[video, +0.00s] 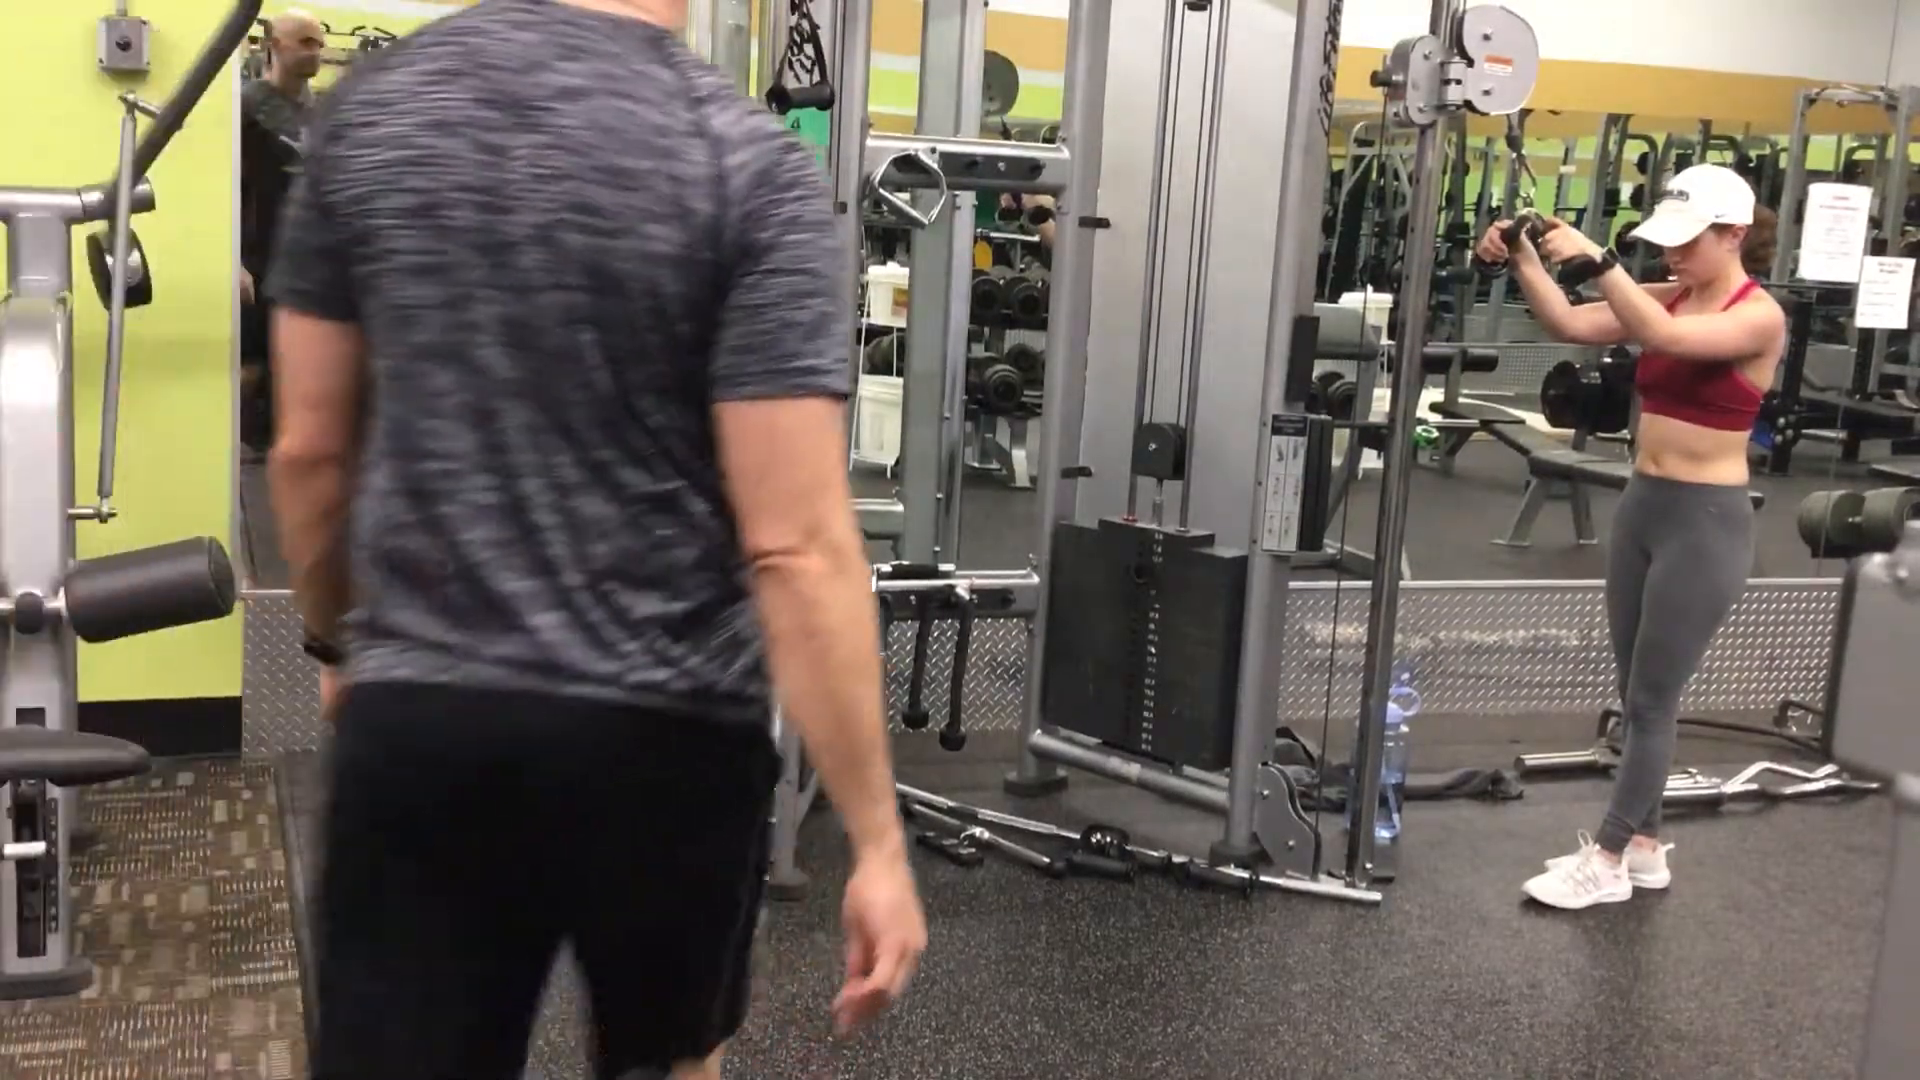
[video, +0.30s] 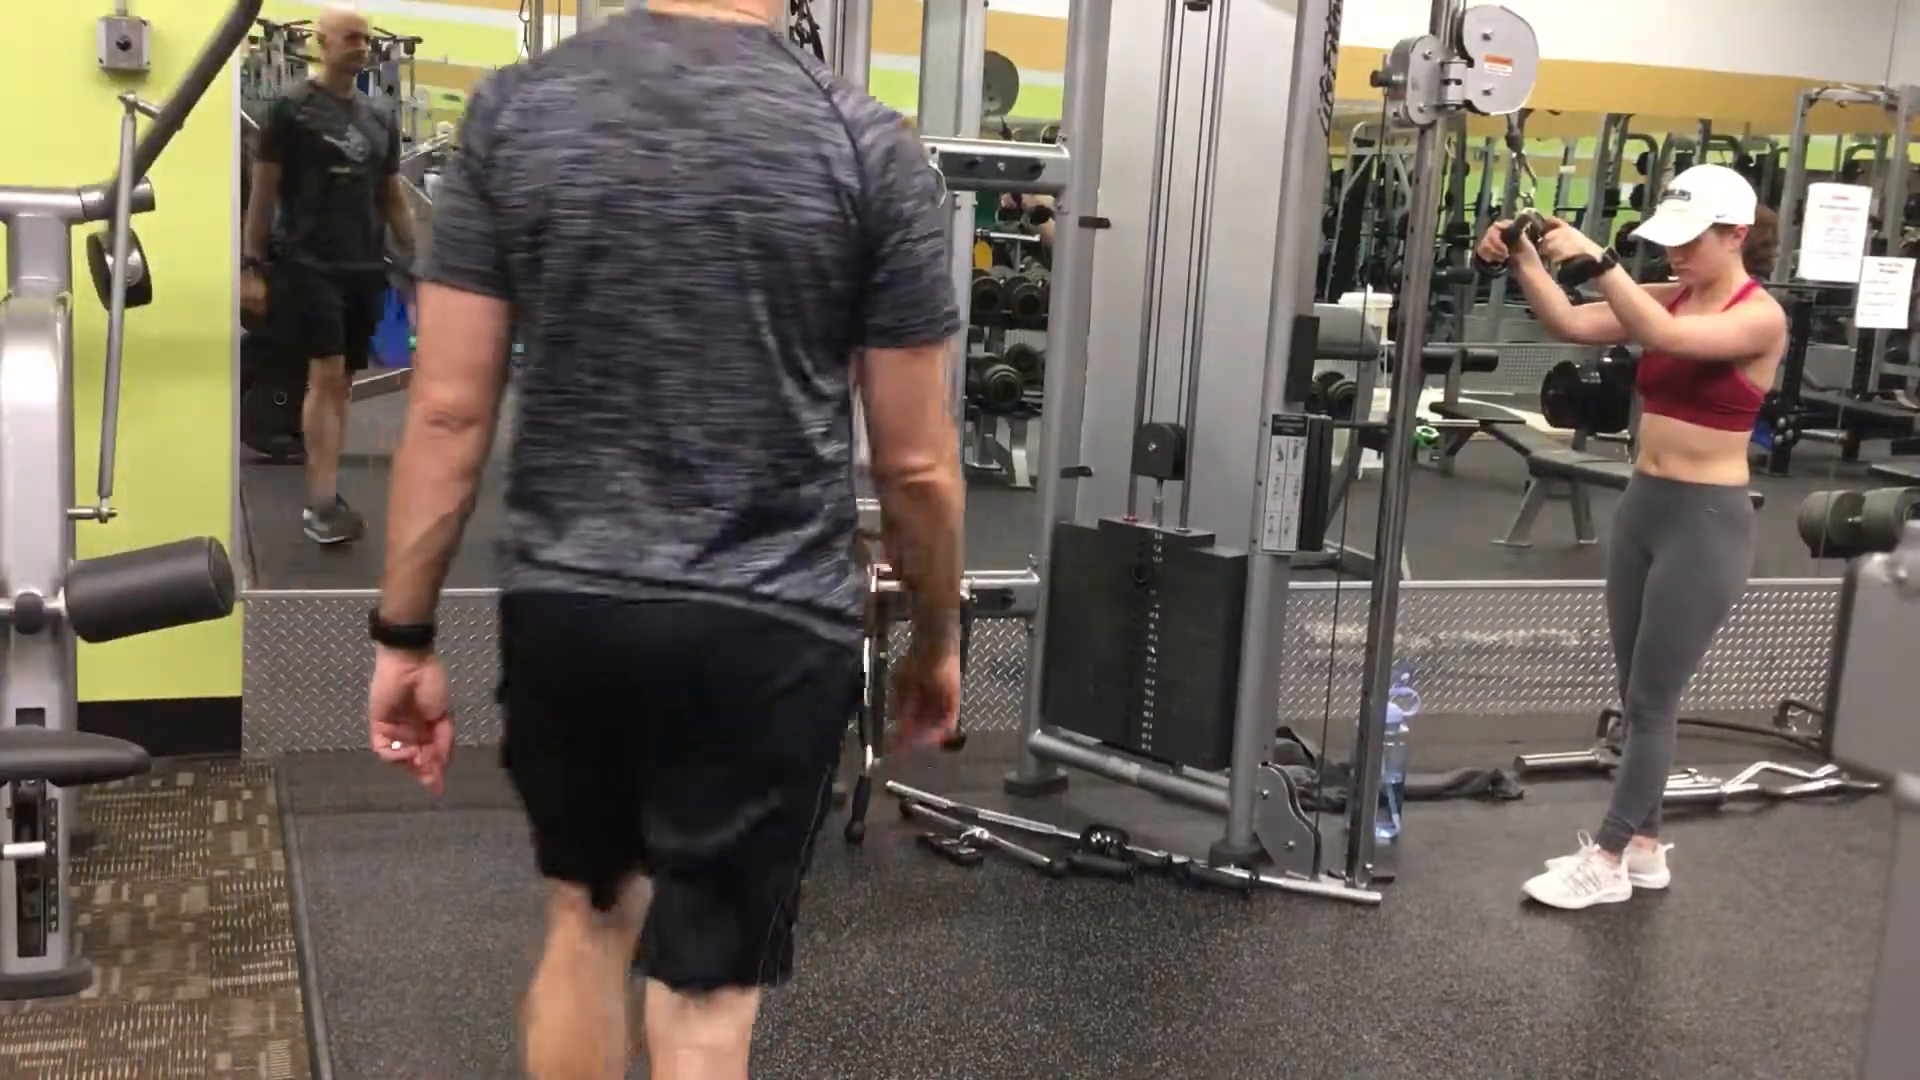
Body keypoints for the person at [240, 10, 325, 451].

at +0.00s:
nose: (317, 52)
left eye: (319, 42)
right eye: (306, 42)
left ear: (319, 48)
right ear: (276, 46)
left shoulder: (319, 113)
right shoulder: (245, 106)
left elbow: (328, 187)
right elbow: (227, 189)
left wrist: (331, 247)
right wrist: (234, 260)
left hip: (309, 252)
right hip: (261, 256)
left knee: (307, 351)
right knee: (259, 360)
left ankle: (304, 442)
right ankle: (257, 443)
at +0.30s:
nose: (361, 47)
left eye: (365, 39)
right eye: (350, 38)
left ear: (369, 46)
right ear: (321, 43)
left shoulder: (380, 119)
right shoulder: (288, 109)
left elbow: (393, 198)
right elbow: (262, 192)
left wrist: (414, 251)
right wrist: (251, 264)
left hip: (362, 266)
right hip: (308, 263)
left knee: (342, 380)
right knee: (326, 377)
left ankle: (324, 496)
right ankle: (321, 502)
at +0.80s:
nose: (428, 44)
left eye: (432, 35)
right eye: (416, 35)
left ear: (436, 44)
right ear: (386, 43)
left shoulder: (450, 122)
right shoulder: (365, 115)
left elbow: (466, 210)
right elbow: (366, 203)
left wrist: (502, 255)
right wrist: (413, 231)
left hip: (446, 279)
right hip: (388, 279)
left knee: (480, 392)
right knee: (383, 395)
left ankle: (436, 499)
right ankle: (372, 521)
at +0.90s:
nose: (446, 47)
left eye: (450, 39)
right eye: (434, 38)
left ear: (453, 48)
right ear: (406, 48)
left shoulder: (468, 126)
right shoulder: (387, 114)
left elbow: (489, 207)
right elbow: (398, 195)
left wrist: (527, 253)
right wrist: (457, 205)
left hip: (464, 287)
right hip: (406, 285)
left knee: (492, 403)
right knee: (391, 399)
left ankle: (503, 527)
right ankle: (372, 521)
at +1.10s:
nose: (484, 53)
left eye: (489, 44)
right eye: (472, 45)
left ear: (497, 53)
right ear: (448, 55)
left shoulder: (509, 128)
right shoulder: (427, 119)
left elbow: (539, 208)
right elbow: (453, 186)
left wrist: (585, 229)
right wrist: (500, 168)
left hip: (510, 291)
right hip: (451, 292)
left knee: (528, 414)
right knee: (435, 409)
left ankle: (536, 533)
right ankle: (383, 518)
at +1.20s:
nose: (500, 52)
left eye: (505, 43)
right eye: (489, 44)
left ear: (515, 52)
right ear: (466, 54)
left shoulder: (533, 124)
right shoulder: (447, 119)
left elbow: (564, 188)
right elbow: (471, 179)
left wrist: (564, 191)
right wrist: (511, 156)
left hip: (535, 285)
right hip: (474, 287)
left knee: (541, 415)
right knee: (468, 408)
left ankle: (537, 535)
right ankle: (409, 503)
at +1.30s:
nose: (510, 52)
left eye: (518, 42)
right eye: (499, 43)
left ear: (529, 51)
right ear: (479, 53)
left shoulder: (552, 115)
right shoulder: (461, 118)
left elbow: (584, 175)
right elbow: (481, 174)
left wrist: (567, 159)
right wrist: (519, 149)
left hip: (553, 281)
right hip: (490, 282)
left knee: (549, 415)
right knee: (493, 404)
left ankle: (538, 535)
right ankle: (451, 509)